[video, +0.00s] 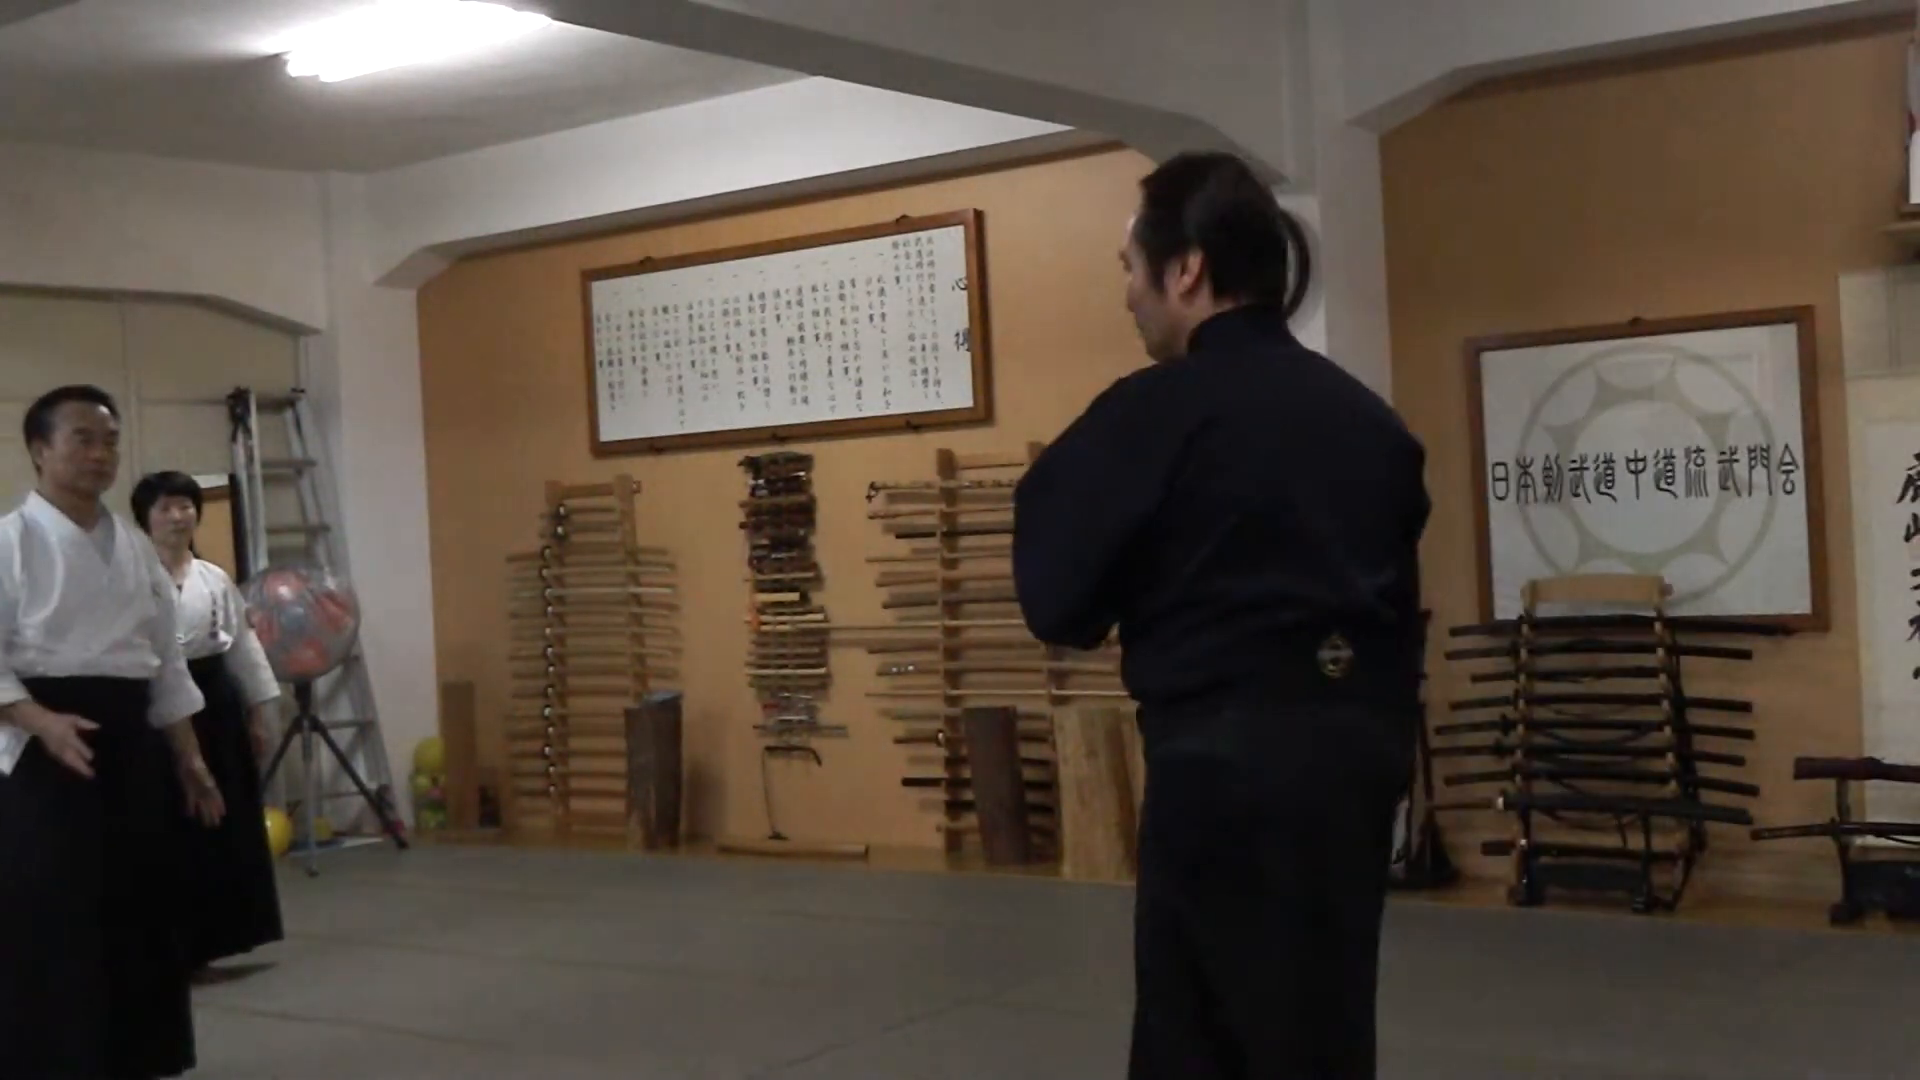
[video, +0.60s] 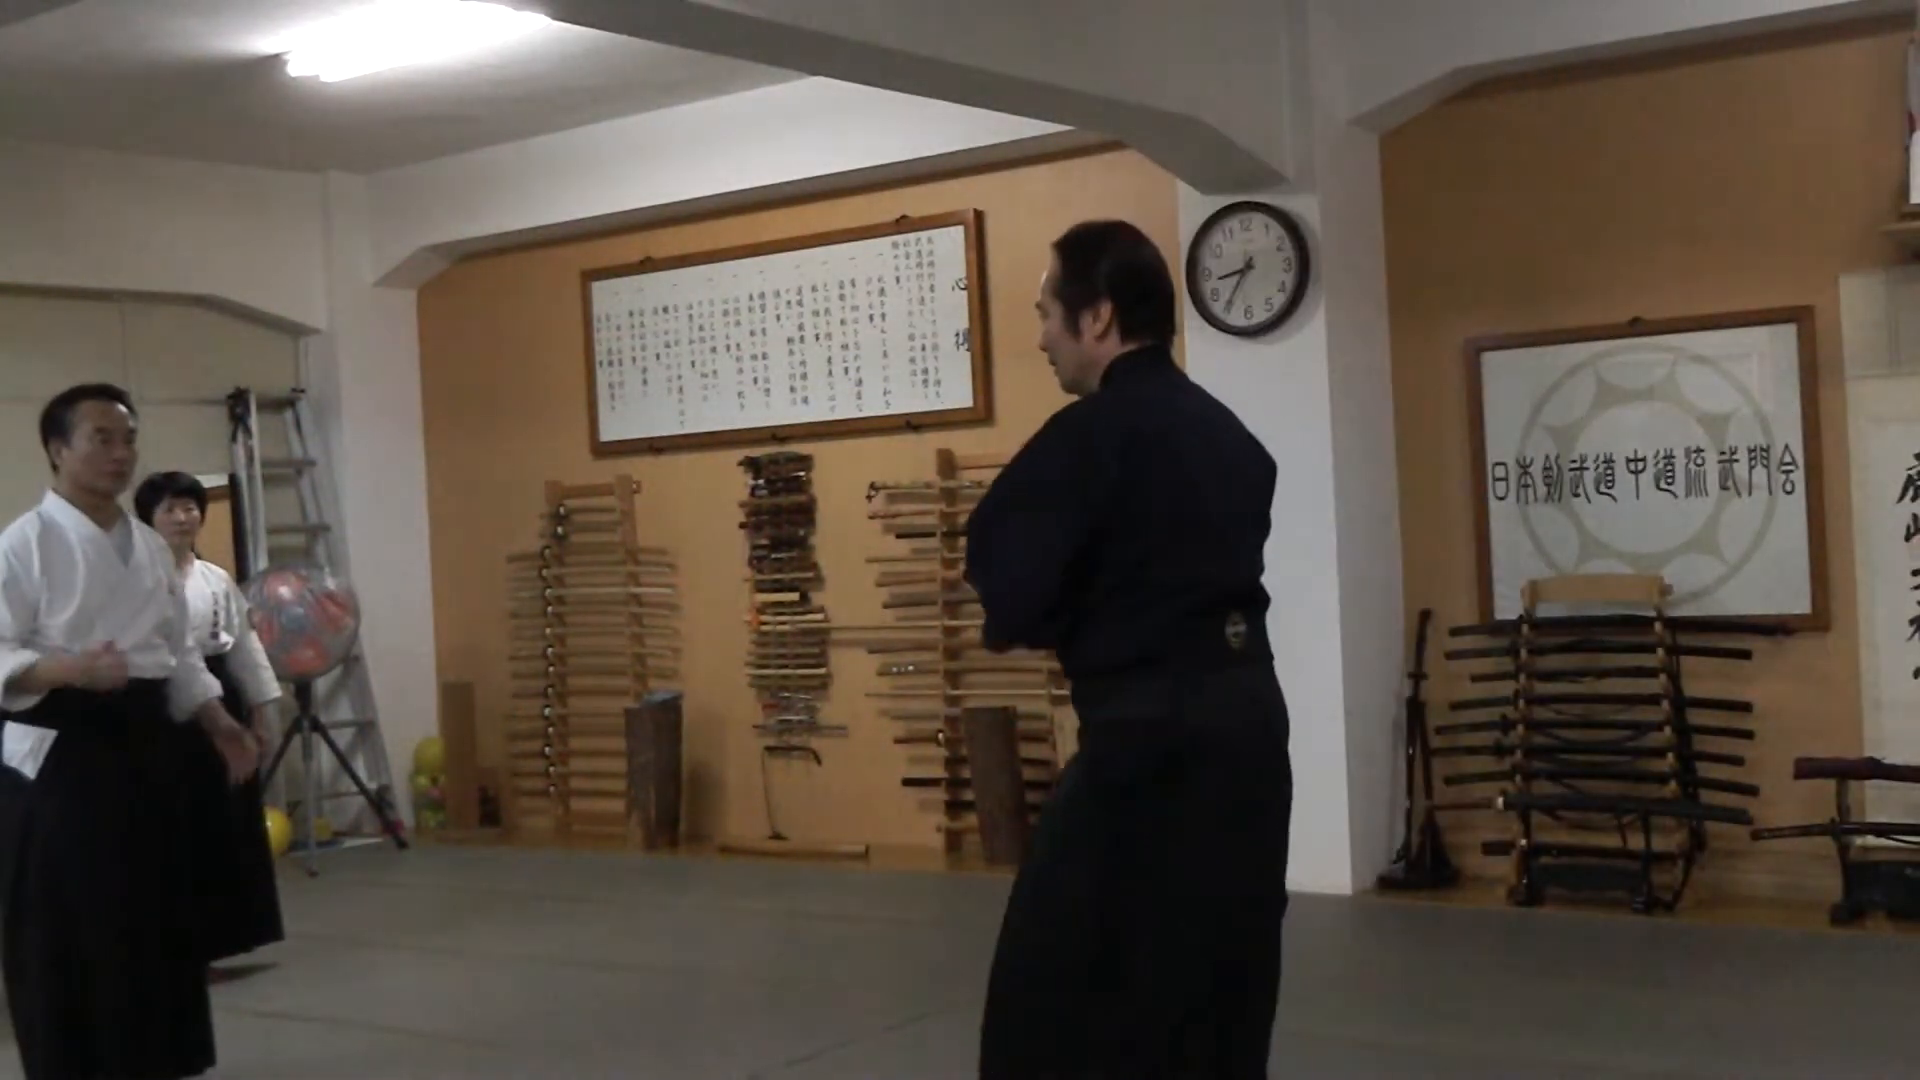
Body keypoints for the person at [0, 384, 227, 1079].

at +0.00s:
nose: (100, 452)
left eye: (109, 440)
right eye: (82, 438)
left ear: (118, 453)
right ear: (39, 450)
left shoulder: (135, 546)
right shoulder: (14, 538)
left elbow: (166, 659)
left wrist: (190, 754)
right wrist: (38, 721)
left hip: (132, 735)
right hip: (44, 738)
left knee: (140, 901)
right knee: (53, 909)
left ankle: (138, 1055)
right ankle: (56, 1058)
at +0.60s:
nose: (120, 451)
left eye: (128, 439)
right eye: (101, 437)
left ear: (135, 452)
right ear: (57, 450)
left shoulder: (150, 547)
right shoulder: (23, 545)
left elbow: (178, 654)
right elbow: (2, 663)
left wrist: (220, 722)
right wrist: (62, 670)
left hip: (149, 754)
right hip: (56, 764)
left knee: (155, 926)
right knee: (64, 936)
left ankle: (157, 1060)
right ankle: (73, 1064)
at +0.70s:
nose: (117, 456)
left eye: (125, 443)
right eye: (99, 441)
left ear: (132, 452)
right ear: (54, 449)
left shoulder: (135, 540)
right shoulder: (28, 532)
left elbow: (159, 652)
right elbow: (10, 643)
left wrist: (207, 662)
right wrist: (81, 611)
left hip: (140, 748)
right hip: (59, 753)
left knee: (148, 920)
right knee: (69, 930)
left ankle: (149, 1059)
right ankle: (77, 1064)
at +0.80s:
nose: (115, 461)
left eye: (123, 448)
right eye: (98, 446)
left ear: (128, 454)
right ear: (50, 451)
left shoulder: (120, 536)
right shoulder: (25, 526)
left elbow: (185, 636)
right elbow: (64, 581)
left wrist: (186, 590)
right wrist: (147, 551)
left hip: (123, 752)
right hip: (51, 760)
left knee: (138, 926)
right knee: (68, 936)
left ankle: (141, 1058)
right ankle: (77, 1063)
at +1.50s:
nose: (130, 462)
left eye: (138, 447)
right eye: (112, 447)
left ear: (145, 454)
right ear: (64, 454)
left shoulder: (141, 542)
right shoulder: (38, 543)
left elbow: (169, 631)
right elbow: (93, 637)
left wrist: (192, 684)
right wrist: (172, 652)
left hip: (133, 752)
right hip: (54, 762)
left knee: (144, 924)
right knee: (68, 937)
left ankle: (147, 1059)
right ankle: (78, 1066)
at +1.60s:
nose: (131, 462)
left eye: (140, 448)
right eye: (112, 447)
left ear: (148, 456)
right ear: (67, 455)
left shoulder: (162, 548)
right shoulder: (33, 549)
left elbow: (193, 653)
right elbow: (28, 664)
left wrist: (212, 748)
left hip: (158, 735)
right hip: (64, 746)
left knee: (159, 923)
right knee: (76, 928)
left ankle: (158, 1063)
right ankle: (76, 1064)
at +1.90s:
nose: (99, 481)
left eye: (109, 466)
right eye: (81, 466)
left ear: (119, 471)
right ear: (37, 472)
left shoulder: (159, 563)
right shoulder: (10, 556)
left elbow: (224, 660)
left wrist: (284, 664)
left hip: (129, 757)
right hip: (27, 755)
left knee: (139, 939)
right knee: (33, 941)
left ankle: (146, 1067)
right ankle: (40, 1066)